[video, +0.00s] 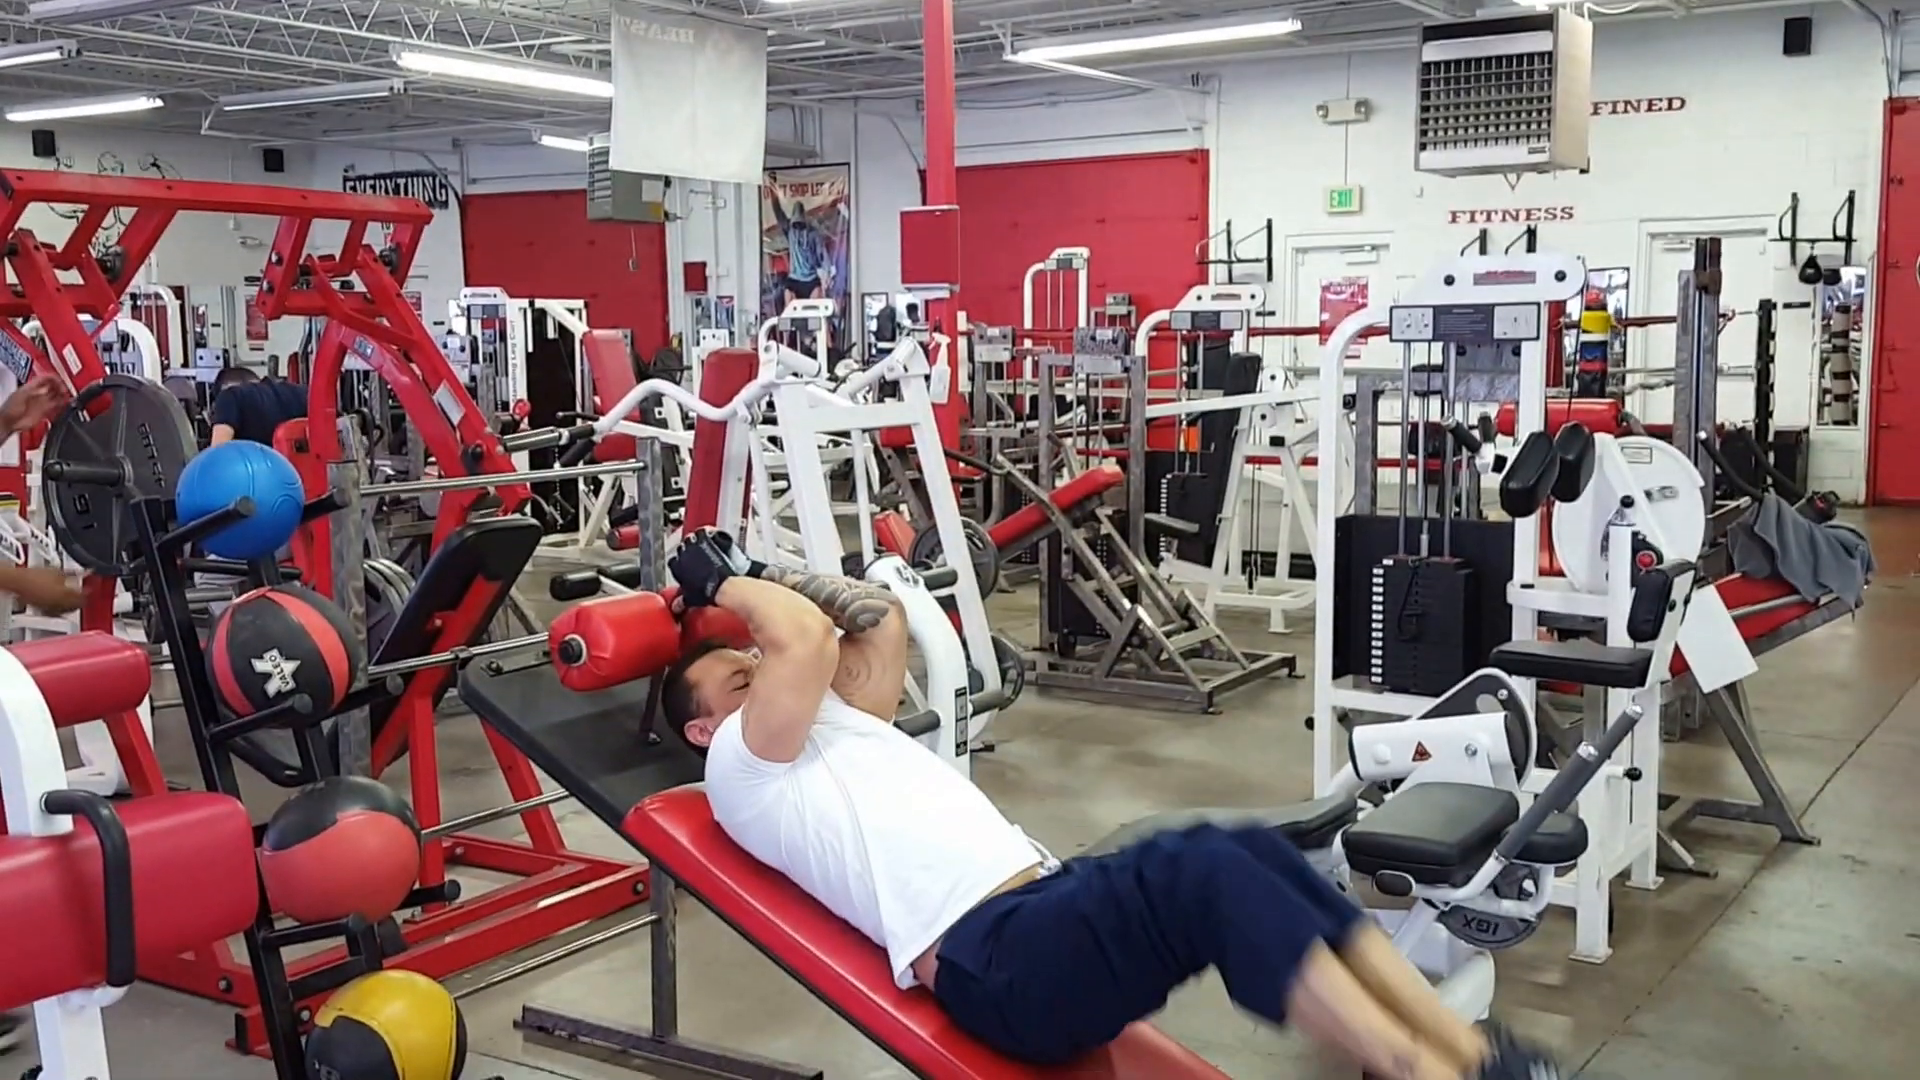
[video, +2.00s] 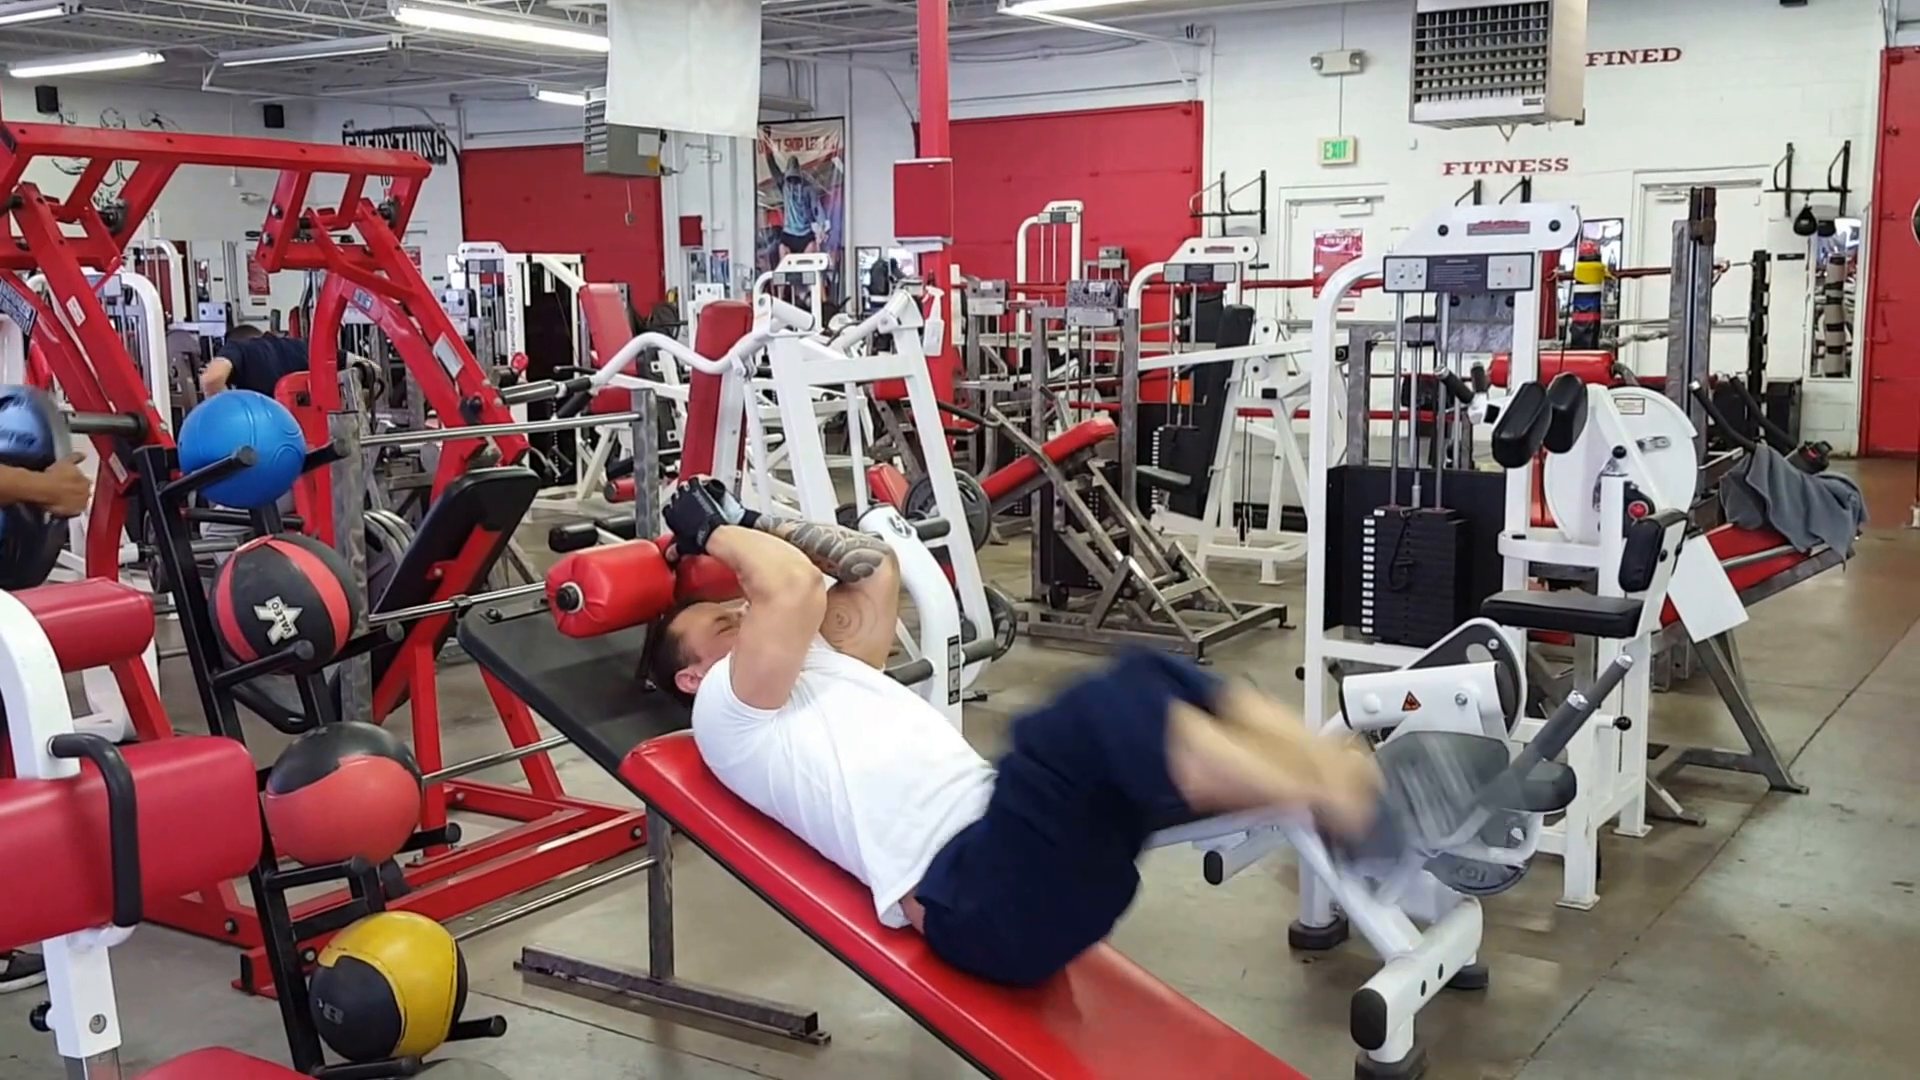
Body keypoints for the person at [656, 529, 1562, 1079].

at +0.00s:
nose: (747, 682)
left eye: (740, 671)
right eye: (724, 683)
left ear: (757, 678)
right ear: (699, 724)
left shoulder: (846, 725)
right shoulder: (737, 771)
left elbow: (884, 613)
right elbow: (800, 633)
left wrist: (773, 600)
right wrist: (721, 583)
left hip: (1056, 905)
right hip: (986, 959)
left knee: (1265, 848)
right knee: (1212, 866)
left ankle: (1472, 1052)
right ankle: (1407, 1066)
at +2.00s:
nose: (744, 620)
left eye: (737, 613)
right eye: (720, 625)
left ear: (753, 631)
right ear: (693, 672)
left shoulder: (829, 669)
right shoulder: (727, 719)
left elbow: (878, 569)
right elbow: (793, 583)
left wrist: (769, 535)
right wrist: (715, 532)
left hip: (1026, 848)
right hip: (975, 897)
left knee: (1154, 672)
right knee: (1105, 710)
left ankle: (1344, 780)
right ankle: (1327, 800)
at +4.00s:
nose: (726, 606)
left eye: (717, 599)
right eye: (707, 608)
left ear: (728, 618)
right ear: (685, 649)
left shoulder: (820, 660)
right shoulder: (715, 696)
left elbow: (866, 563)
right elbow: (786, 570)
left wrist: (802, 543)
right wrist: (704, 518)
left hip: (1013, 832)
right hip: (958, 872)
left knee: (1043, 627)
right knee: (1012, 642)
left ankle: (1259, 616)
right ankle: (1255, 620)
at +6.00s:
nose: (725, 605)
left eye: (720, 597)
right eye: (701, 608)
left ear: (742, 603)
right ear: (671, 660)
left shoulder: (805, 656)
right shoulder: (707, 694)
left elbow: (863, 562)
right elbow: (785, 573)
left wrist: (756, 529)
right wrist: (711, 521)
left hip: (1025, 816)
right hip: (962, 840)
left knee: (970, 595)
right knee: (942, 600)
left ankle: (1163, 502)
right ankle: (1155, 500)